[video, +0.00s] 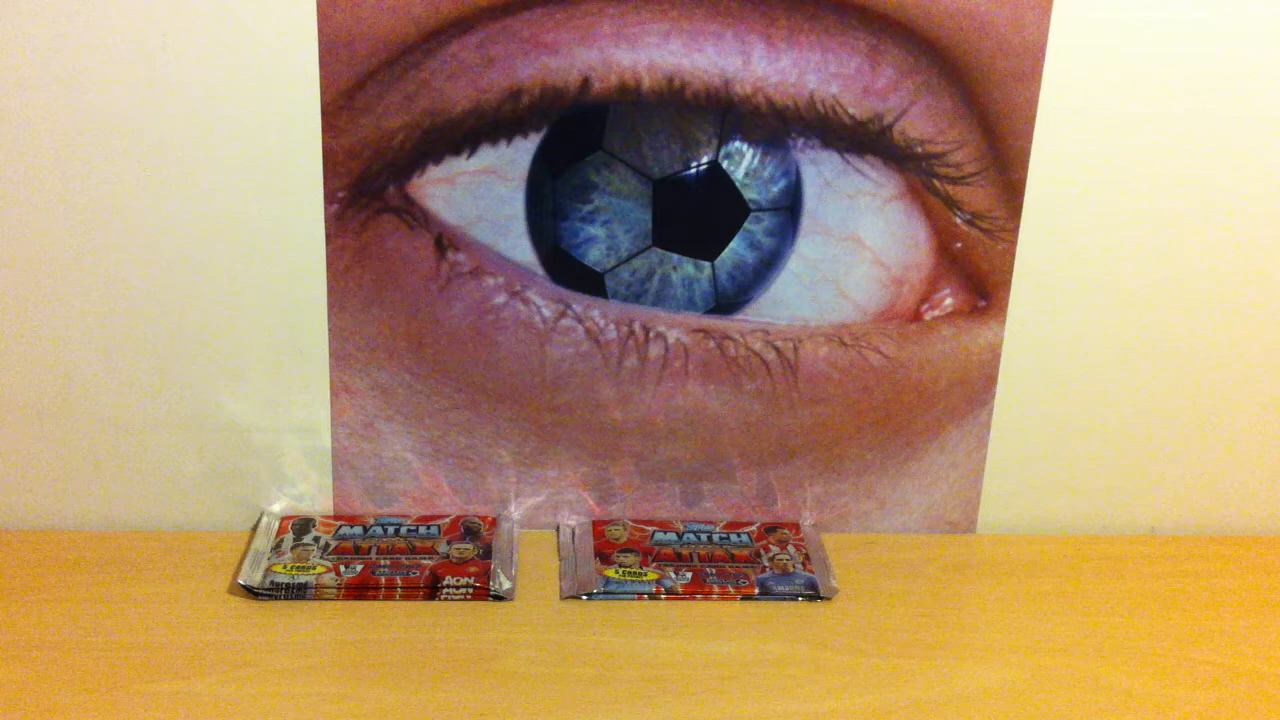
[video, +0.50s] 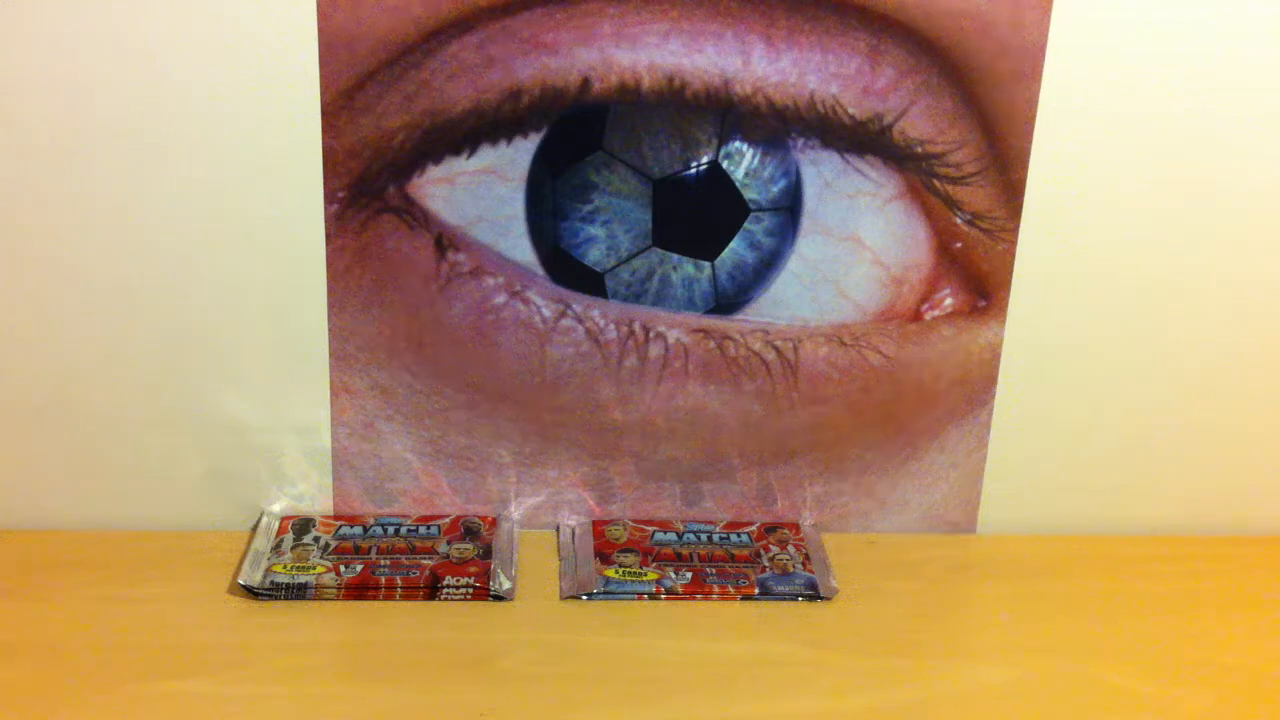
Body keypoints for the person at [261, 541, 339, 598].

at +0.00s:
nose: (309, 555)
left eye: (312, 551)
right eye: (305, 550)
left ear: (316, 551)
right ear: (293, 551)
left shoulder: (324, 568)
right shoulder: (275, 568)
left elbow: (328, 596)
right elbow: (264, 595)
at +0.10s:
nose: (309, 555)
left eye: (312, 551)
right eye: (305, 550)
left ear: (316, 551)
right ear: (293, 551)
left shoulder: (324, 568)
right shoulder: (275, 568)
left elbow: (328, 596)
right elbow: (264, 595)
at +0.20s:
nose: (309, 555)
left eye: (312, 551)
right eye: (305, 550)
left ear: (316, 551)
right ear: (293, 551)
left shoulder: (324, 568)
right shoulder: (275, 568)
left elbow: (328, 597)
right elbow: (264, 595)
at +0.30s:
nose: (309, 555)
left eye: (312, 551)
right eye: (305, 550)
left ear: (316, 551)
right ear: (293, 550)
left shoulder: (324, 568)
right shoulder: (275, 568)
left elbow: (328, 596)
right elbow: (264, 595)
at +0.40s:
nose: (309, 555)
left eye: (312, 551)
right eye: (305, 550)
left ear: (316, 551)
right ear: (293, 550)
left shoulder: (324, 567)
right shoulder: (275, 567)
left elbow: (328, 597)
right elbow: (264, 594)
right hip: (278, 611)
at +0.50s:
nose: (309, 555)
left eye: (312, 551)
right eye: (305, 550)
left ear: (316, 551)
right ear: (293, 550)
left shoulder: (324, 567)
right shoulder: (275, 567)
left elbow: (328, 597)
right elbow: (264, 594)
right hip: (278, 611)